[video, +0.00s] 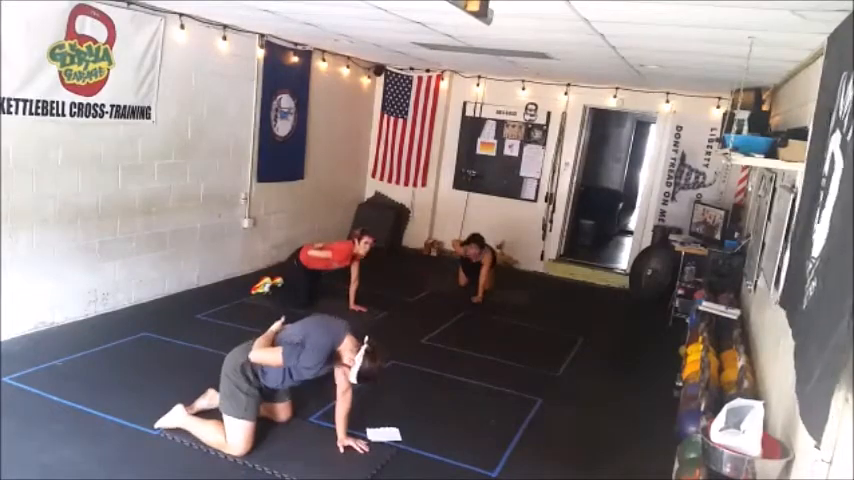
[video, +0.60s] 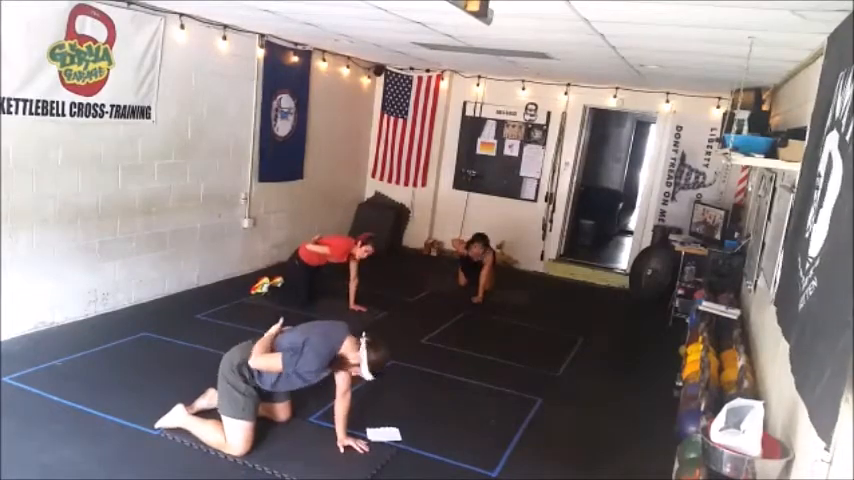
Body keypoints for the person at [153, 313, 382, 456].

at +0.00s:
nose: (349, 372)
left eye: (353, 371)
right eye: (353, 370)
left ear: (359, 353)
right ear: (354, 362)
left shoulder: (346, 339)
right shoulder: (314, 350)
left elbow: (344, 390)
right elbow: (255, 355)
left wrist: (342, 435)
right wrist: (271, 330)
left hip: (275, 366)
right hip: (244, 368)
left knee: (281, 413)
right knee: (236, 446)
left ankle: (217, 400)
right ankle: (182, 419)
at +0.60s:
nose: (355, 374)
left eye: (360, 372)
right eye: (359, 370)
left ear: (362, 351)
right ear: (358, 361)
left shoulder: (347, 338)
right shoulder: (314, 356)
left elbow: (343, 391)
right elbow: (255, 360)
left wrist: (341, 435)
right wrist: (271, 333)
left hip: (274, 366)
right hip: (242, 367)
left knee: (281, 413)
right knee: (237, 445)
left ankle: (217, 399)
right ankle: (182, 418)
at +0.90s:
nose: (371, 315)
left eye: (371, 309)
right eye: (364, 311)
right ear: (344, 315)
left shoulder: (348, 349)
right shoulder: (318, 344)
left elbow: (344, 394)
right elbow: (260, 366)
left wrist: (342, 436)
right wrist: (279, 342)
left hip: (269, 362)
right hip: (242, 368)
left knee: (281, 411)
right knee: (237, 446)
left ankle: (217, 401)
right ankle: (181, 417)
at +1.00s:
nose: (373, 317)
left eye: (373, 312)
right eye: (368, 313)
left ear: (356, 319)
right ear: (347, 317)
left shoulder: (348, 349)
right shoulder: (319, 344)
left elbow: (344, 393)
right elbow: (261, 366)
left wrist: (342, 436)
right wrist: (280, 342)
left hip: (270, 363)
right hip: (243, 368)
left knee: (281, 411)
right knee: (237, 446)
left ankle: (216, 400)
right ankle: (182, 417)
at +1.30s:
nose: (346, 367)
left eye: (349, 366)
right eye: (349, 363)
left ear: (355, 352)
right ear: (352, 355)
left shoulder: (345, 341)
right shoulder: (311, 345)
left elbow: (343, 392)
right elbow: (252, 345)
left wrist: (343, 435)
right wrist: (269, 324)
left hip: (274, 369)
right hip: (244, 367)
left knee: (281, 413)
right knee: (236, 446)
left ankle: (217, 400)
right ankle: (182, 418)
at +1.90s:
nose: (345, 364)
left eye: (349, 363)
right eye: (347, 361)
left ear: (351, 347)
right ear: (348, 350)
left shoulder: (340, 339)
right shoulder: (308, 345)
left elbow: (342, 390)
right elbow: (251, 345)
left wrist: (342, 435)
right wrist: (264, 324)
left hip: (271, 368)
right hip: (241, 367)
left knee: (280, 412)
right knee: (236, 445)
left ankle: (220, 397)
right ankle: (182, 416)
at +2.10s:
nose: (375, 346)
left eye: (377, 340)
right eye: (373, 340)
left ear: (355, 333)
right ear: (355, 335)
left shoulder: (341, 343)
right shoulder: (317, 360)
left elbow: (343, 391)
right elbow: (257, 375)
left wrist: (343, 435)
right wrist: (274, 345)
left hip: (262, 355)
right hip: (238, 368)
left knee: (281, 412)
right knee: (237, 446)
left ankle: (221, 395)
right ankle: (183, 417)